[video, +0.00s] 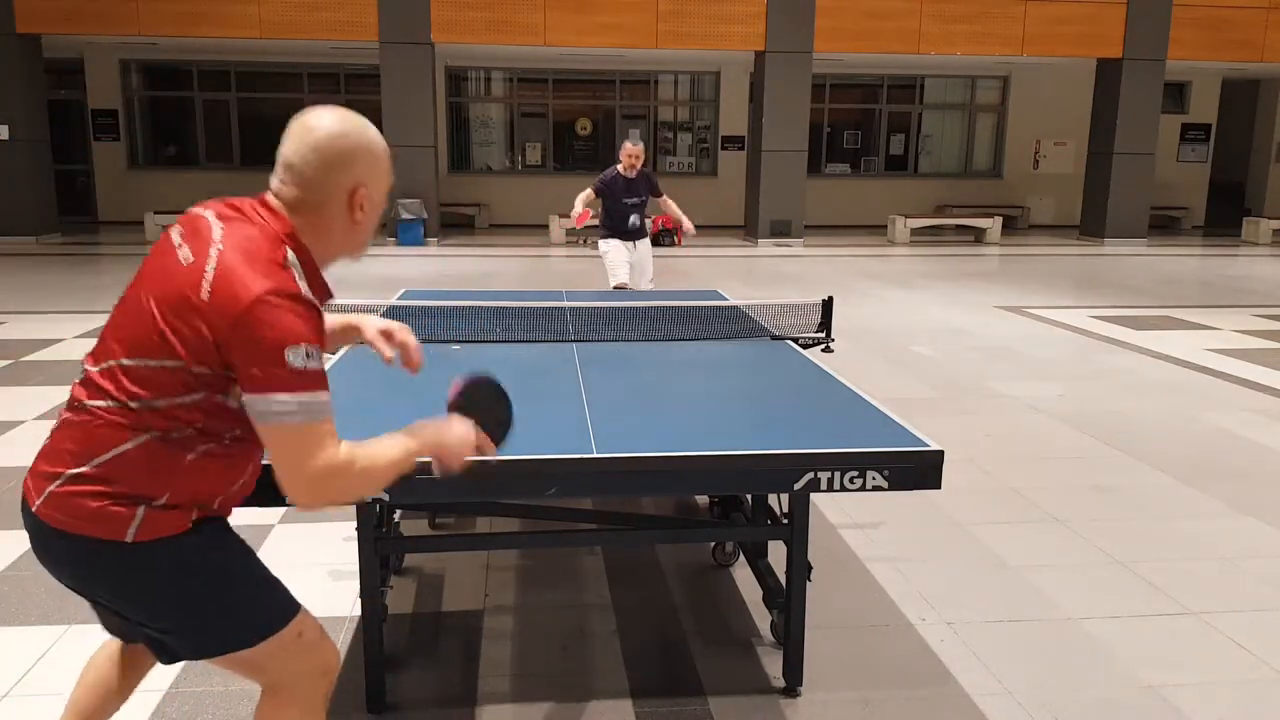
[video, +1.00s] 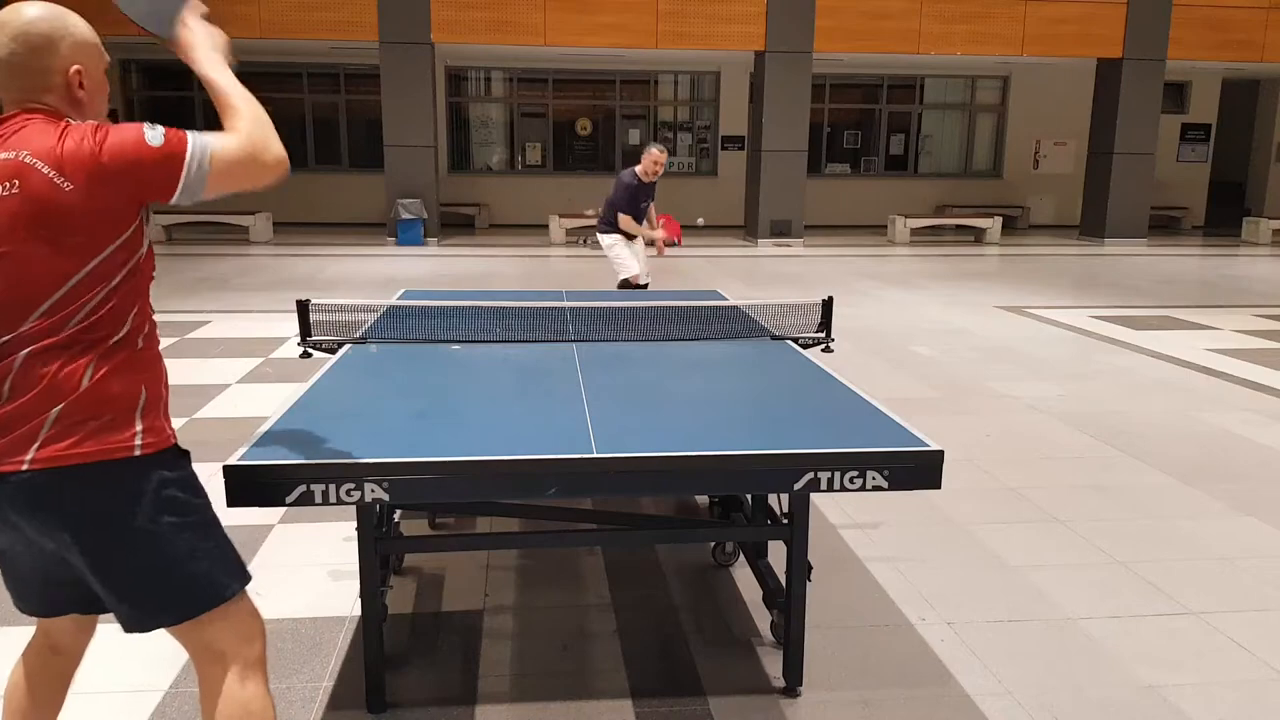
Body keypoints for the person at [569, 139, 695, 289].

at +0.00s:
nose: (633, 162)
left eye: (637, 157)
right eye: (629, 157)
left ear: (643, 158)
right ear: (621, 156)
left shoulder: (646, 177)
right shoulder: (610, 177)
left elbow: (664, 202)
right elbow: (585, 196)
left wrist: (683, 219)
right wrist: (578, 207)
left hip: (640, 240)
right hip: (613, 240)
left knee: (644, 290)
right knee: (621, 288)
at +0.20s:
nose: (627, 148)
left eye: (632, 144)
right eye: (623, 143)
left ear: (637, 146)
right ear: (615, 144)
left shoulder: (641, 166)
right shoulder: (603, 168)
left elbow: (652, 195)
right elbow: (583, 196)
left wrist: (654, 220)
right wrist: (587, 215)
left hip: (635, 233)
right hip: (607, 232)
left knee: (634, 281)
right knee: (605, 278)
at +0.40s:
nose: (620, 150)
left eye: (625, 145)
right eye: (616, 145)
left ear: (630, 148)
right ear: (608, 146)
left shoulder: (634, 170)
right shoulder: (595, 171)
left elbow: (640, 200)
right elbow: (580, 205)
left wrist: (639, 225)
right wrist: (587, 233)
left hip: (627, 239)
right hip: (598, 239)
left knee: (634, 285)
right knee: (591, 287)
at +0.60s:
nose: (623, 149)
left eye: (627, 145)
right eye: (619, 144)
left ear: (632, 147)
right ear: (610, 144)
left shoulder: (632, 168)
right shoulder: (597, 170)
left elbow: (634, 198)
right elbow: (578, 203)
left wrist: (638, 225)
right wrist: (585, 233)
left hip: (624, 236)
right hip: (596, 237)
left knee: (636, 278)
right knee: (591, 285)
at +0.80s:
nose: (637, 155)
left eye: (641, 150)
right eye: (633, 149)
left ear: (645, 152)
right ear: (623, 149)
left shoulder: (640, 171)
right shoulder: (609, 172)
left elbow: (639, 198)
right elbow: (585, 202)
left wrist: (645, 226)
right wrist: (600, 231)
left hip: (628, 238)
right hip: (601, 238)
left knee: (637, 282)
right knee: (597, 287)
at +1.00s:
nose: (658, 169)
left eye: (662, 165)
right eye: (655, 163)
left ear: (665, 166)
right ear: (643, 159)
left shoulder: (651, 180)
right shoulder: (627, 181)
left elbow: (649, 206)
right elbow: (624, 223)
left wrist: (656, 236)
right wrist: (652, 234)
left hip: (633, 233)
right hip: (611, 233)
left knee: (643, 279)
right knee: (631, 274)